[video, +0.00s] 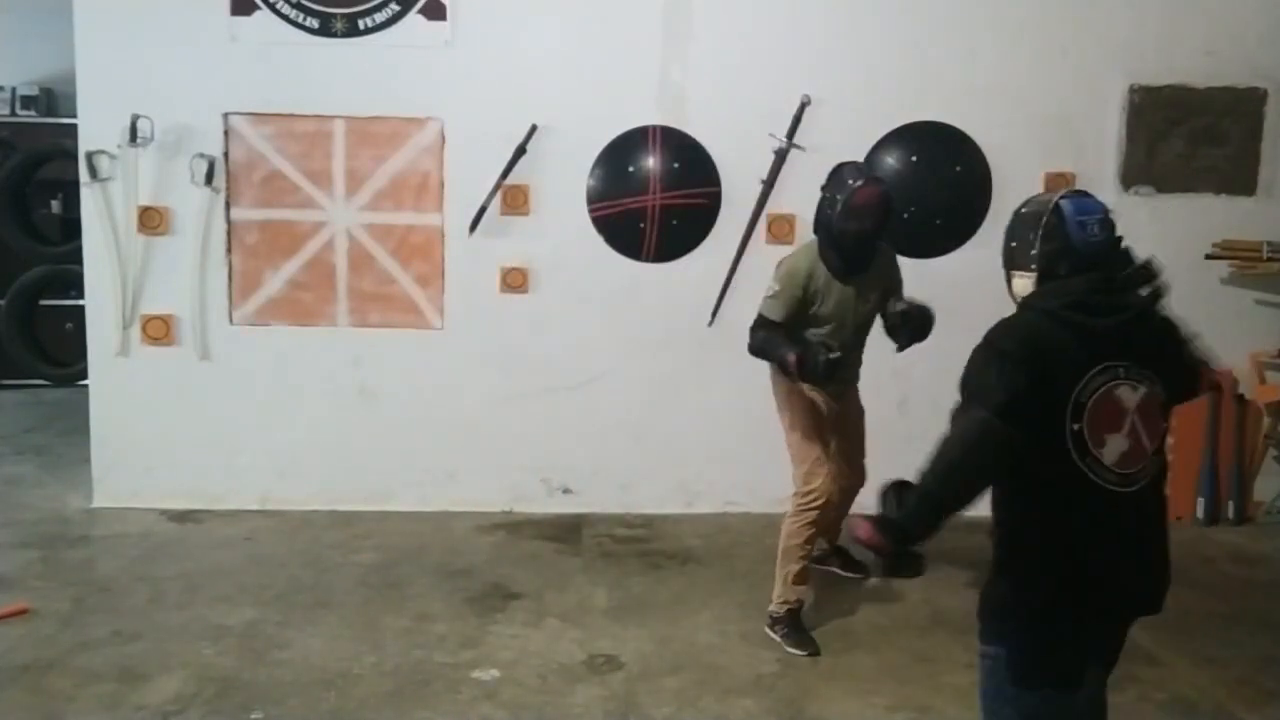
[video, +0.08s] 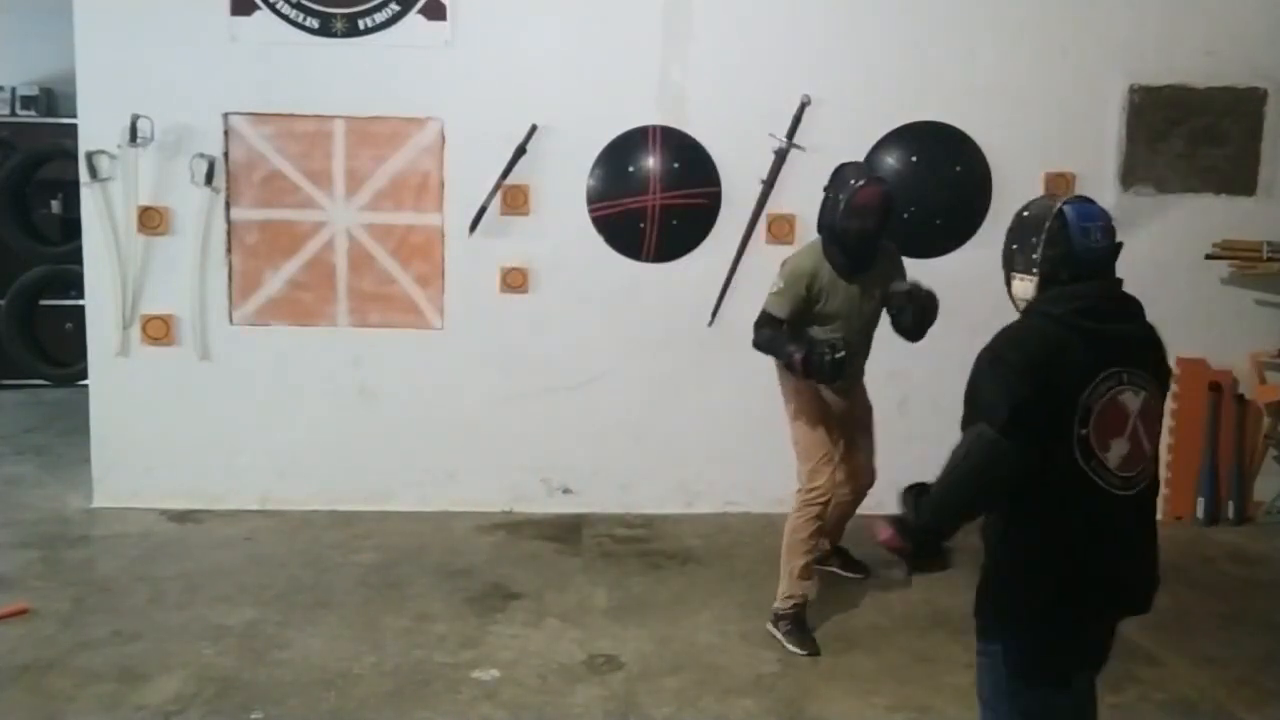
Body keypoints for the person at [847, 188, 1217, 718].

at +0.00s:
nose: (1010, 268)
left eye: (1016, 255)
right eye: (1013, 254)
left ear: (1036, 259)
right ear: (1100, 253)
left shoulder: (1020, 341)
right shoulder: (1146, 327)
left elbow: (973, 449)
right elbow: (1187, 379)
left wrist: (902, 524)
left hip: (1039, 578)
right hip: (1127, 573)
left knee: (1016, 700)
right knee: (1082, 698)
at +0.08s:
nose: (1015, 266)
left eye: (1022, 255)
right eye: (1019, 254)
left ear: (1041, 261)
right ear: (1100, 258)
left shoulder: (1024, 345)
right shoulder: (1142, 339)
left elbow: (988, 455)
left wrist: (921, 523)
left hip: (1034, 576)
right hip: (1113, 569)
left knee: (1016, 700)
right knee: (1071, 695)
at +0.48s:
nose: (1000, 259)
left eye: (1006, 246)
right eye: (1002, 245)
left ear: (1025, 250)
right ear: (1080, 247)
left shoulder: (1011, 326)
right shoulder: (1116, 318)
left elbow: (987, 443)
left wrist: (955, 514)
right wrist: (979, 373)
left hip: (1024, 539)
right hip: (1105, 537)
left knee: (970, 681)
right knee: (1057, 676)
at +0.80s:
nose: (972, 255)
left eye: (978, 244)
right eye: (975, 243)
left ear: (994, 248)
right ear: (1048, 242)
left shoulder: (979, 320)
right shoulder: (1083, 311)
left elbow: (938, 422)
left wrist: (892, 491)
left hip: (992, 530)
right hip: (1075, 525)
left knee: (951, 680)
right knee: (1051, 676)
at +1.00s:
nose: (948, 240)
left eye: (954, 231)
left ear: (963, 241)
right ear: (1029, 238)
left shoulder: (943, 316)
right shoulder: (1076, 317)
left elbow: (900, 406)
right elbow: (1130, 393)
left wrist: (821, 469)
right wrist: (1161, 368)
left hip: (957, 533)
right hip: (1047, 531)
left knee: (937, 673)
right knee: (1034, 665)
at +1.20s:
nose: (942, 247)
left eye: (948, 237)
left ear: (958, 243)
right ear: (1030, 243)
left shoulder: (914, 320)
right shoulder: (1072, 324)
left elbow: (848, 400)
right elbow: (1148, 408)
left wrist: (787, 398)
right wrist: (1178, 361)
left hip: (933, 545)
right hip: (1025, 541)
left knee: (930, 690)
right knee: (1016, 669)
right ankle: (1014, 714)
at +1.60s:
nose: (970, 235)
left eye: (977, 227)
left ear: (980, 234)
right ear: (1047, 239)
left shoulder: (933, 301)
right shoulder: (1078, 313)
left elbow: (860, 357)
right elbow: (1150, 372)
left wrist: (856, 439)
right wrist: (1139, 299)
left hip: (937, 509)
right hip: (1024, 514)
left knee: (911, 639)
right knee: (1012, 640)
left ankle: (914, 714)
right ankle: (1009, 712)